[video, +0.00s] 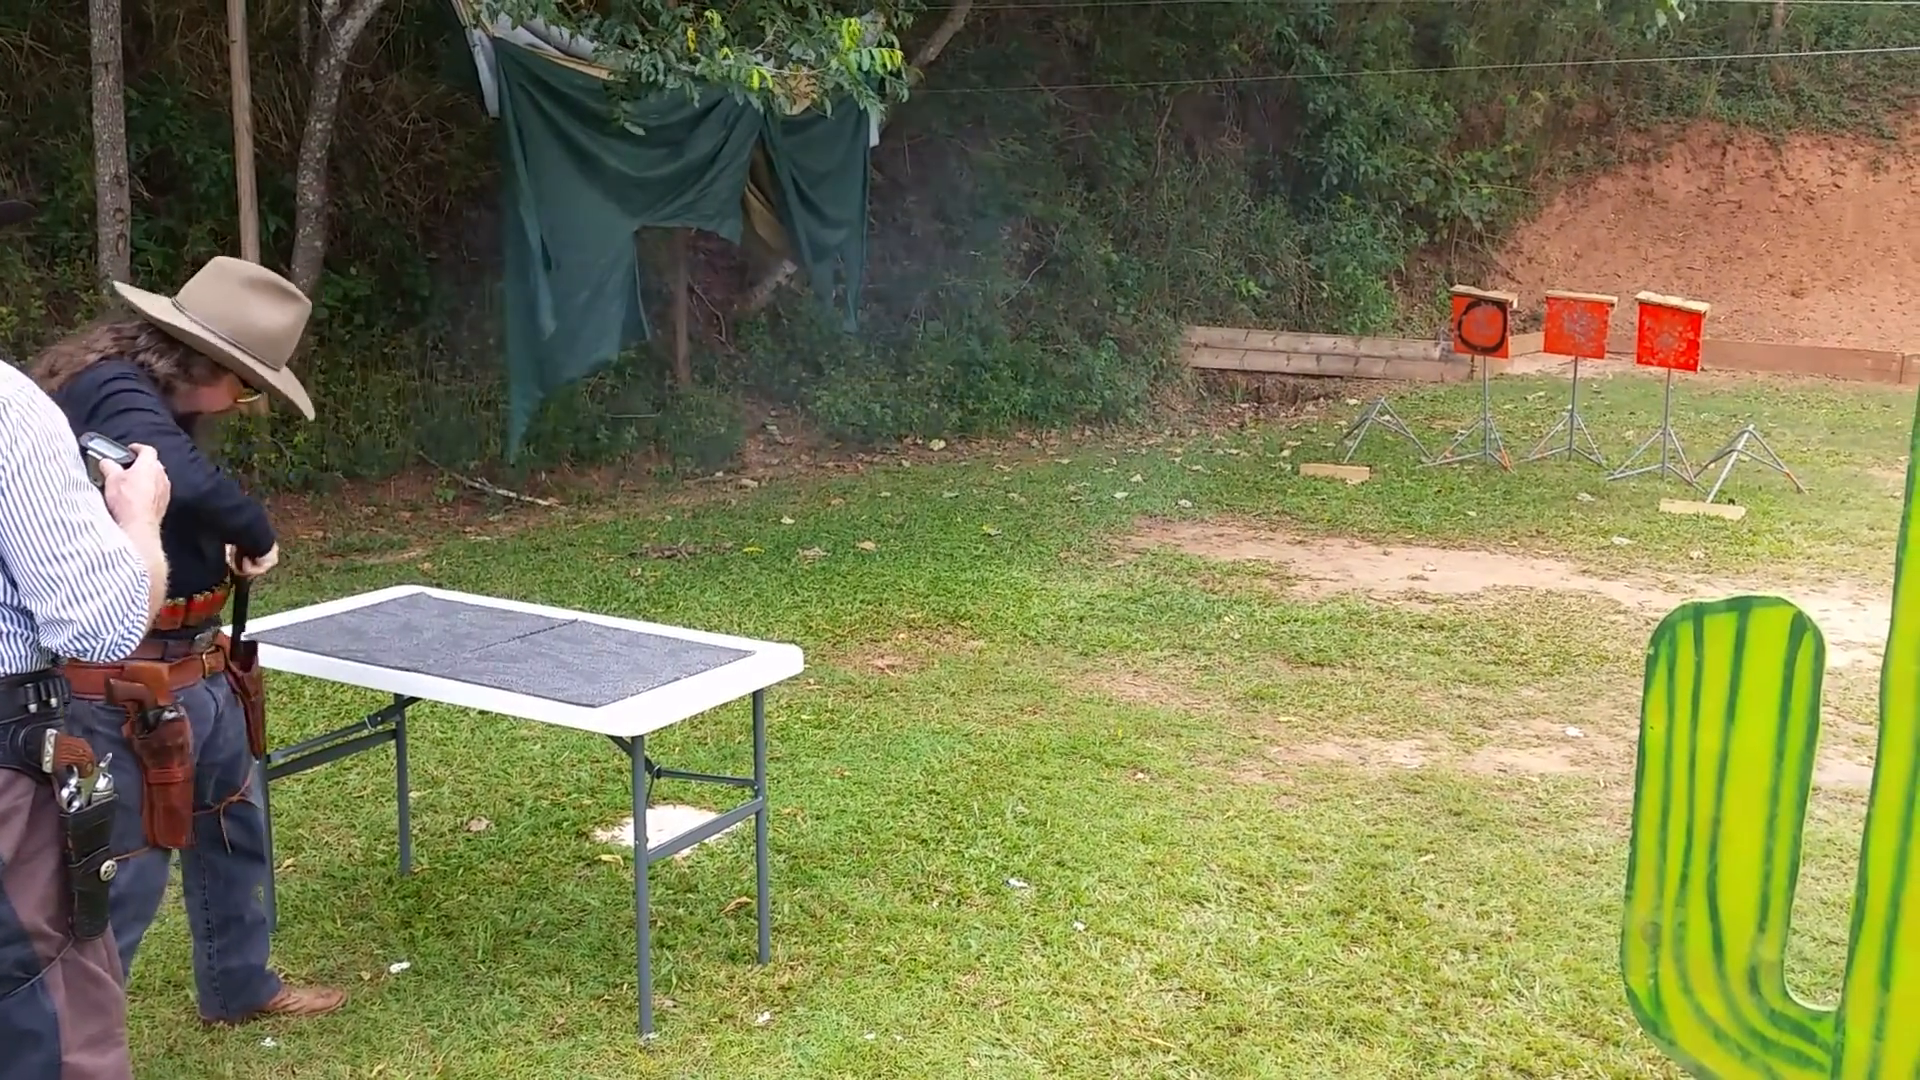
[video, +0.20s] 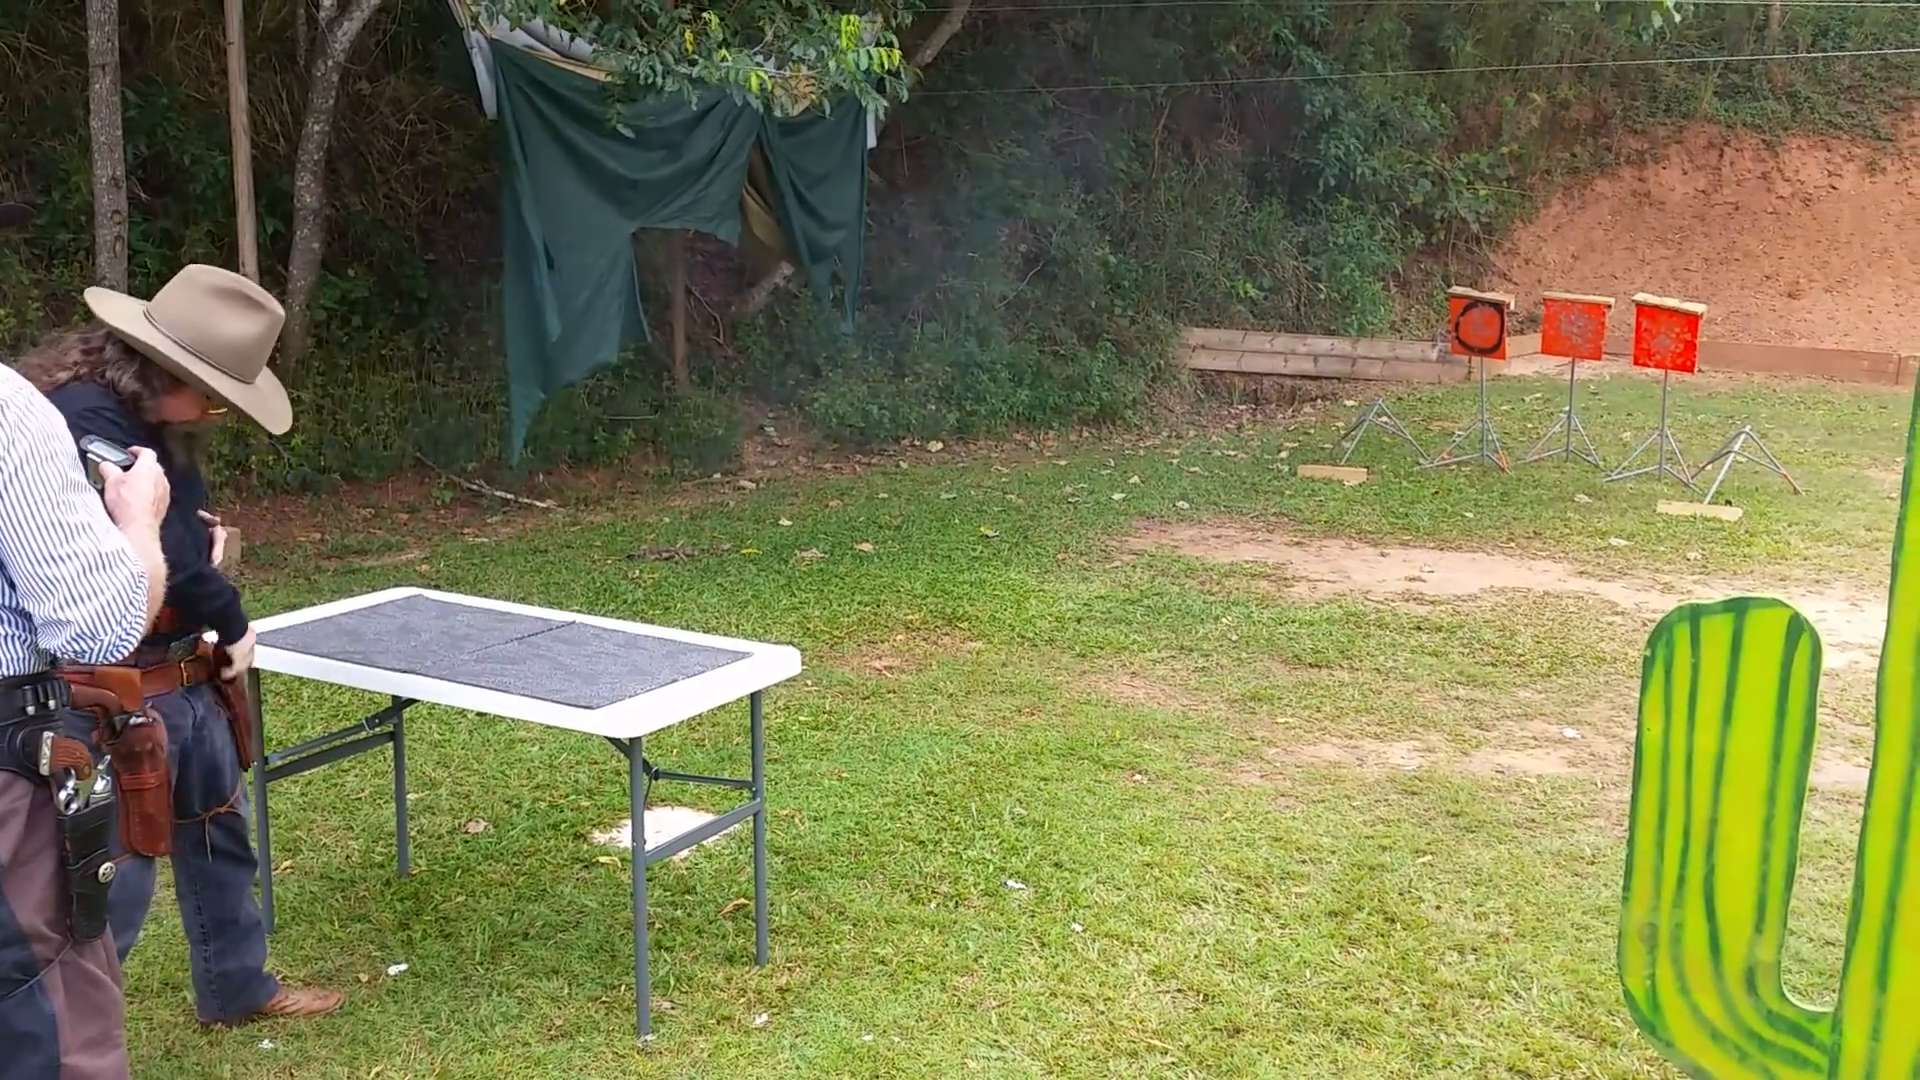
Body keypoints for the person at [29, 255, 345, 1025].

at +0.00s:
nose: (236, 404)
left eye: (244, 392)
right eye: (238, 387)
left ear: (186, 351)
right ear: (207, 365)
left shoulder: (144, 393)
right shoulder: (120, 392)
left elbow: (157, 529)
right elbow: (188, 484)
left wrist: (225, 552)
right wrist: (258, 533)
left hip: (190, 659)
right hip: (114, 670)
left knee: (231, 821)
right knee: (126, 869)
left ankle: (238, 987)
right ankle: (78, 1022)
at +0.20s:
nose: (213, 413)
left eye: (220, 401)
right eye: (212, 398)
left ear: (160, 363)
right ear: (177, 378)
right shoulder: (121, 438)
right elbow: (174, 559)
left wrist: (204, 534)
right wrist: (233, 622)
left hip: (178, 670)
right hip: (112, 680)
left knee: (216, 833)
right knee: (117, 869)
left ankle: (236, 987)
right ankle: (72, 1007)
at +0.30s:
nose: (211, 415)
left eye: (216, 403)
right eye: (208, 400)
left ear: (167, 371)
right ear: (171, 380)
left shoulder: (145, 424)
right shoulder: (88, 438)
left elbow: (144, 518)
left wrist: (189, 535)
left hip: (169, 663)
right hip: (91, 683)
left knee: (219, 824)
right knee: (123, 875)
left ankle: (235, 987)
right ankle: (63, 1016)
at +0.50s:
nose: (213, 408)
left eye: (219, 395)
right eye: (211, 391)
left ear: (167, 368)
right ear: (169, 372)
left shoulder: (144, 429)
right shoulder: (75, 429)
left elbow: (133, 520)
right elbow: (75, 565)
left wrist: (187, 539)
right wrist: (126, 671)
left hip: (164, 666)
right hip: (93, 686)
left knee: (210, 828)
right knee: (124, 870)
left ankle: (234, 990)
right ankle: (66, 1023)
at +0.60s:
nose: (226, 379)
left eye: (228, 365)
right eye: (221, 364)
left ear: (167, 354)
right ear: (178, 360)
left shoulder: (158, 420)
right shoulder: (90, 421)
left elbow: (145, 513)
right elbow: (79, 541)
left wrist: (197, 539)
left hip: (165, 661)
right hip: (98, 679)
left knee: (212, 823)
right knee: (132, 867)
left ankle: (235, 988)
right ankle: (66, 1025)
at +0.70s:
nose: (228, 363)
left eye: (229, 349)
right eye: (223, 349)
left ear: (146, 337)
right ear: (186, 353)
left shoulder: (119, 404)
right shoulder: (111, 412)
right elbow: (147, 559)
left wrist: (202, 539)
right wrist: (203, 556)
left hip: (160, 666)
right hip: (114, 680)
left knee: (214, 829)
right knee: (131, 879)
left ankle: (236, 990)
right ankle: (64, 1035)